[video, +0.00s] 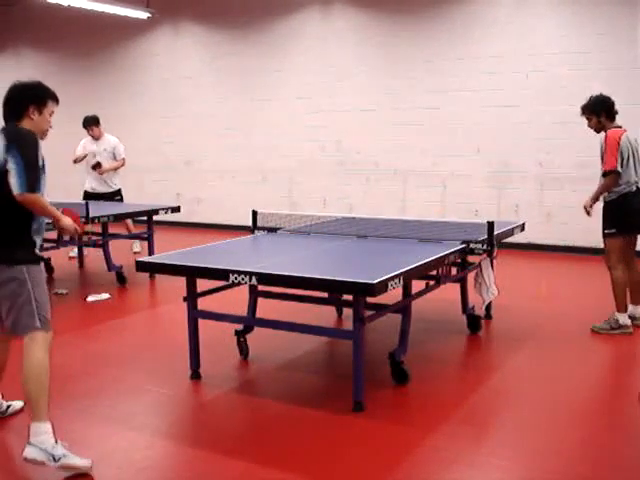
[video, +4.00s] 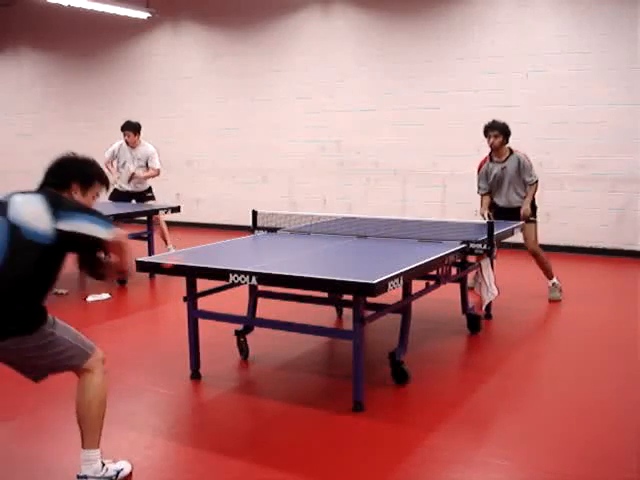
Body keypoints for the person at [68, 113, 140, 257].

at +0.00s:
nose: (90, 133)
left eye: (92, 129)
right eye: (88, 130)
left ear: (99, 127)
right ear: (86, 130)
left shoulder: (113, 142)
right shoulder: (86, 142)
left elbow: (121, 161)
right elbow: (75, 160)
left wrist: (106, 168)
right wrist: (85, 154)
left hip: (111, 189)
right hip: (91, 189)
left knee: (124, 217)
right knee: (85, 220)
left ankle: (135, 240)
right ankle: (79, 245)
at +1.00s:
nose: (122, 131)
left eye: (123, 127)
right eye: (118, 129)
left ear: (127, 125)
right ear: (114, 130)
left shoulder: (138, 139)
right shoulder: (111, 141)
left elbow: (148, 157)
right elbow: (96, 155)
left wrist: (137, 170)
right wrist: (106, 157)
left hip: (135, 184)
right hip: (118, 184)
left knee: (136, 216)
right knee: (117, 217)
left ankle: (136, 241)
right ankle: (117, 244)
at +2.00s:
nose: (128, 155)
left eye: (131, 151)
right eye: (127, 152)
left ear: (139, 151)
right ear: (126, 151)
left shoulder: (154, 160)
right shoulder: (127, 162)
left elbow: (170, 177)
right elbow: (125, 174)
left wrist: (154, 192)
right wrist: (130, 188)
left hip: (158, 192)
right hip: (138, 192)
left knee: (169, 217)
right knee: (125, 218)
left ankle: (183, 244)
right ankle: (114, 245)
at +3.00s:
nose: (125, 158)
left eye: (128, 155)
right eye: (124, 155)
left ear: (136, 154)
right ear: (123, 155)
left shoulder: (150, 161)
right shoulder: (121, 165)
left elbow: (162, 180)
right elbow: (119, 182)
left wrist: (142, 190)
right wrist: (126, 191)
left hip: (154, 193)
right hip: (135, 194)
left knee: (166, 216)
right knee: (120, 218)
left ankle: (183, 244)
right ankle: (113, 246)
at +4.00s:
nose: (126, 139)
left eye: (128, 136)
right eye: (124, 135)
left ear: (137, 135)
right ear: (123, 135)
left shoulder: (149, 150)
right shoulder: (119, 146)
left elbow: (155, 171)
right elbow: (107, 161)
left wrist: (139, 176)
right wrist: (113, 174)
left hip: (143, 190)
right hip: (121, 190)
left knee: (157, 217)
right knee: (108, 218)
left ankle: (169, 246)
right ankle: (104, 249)